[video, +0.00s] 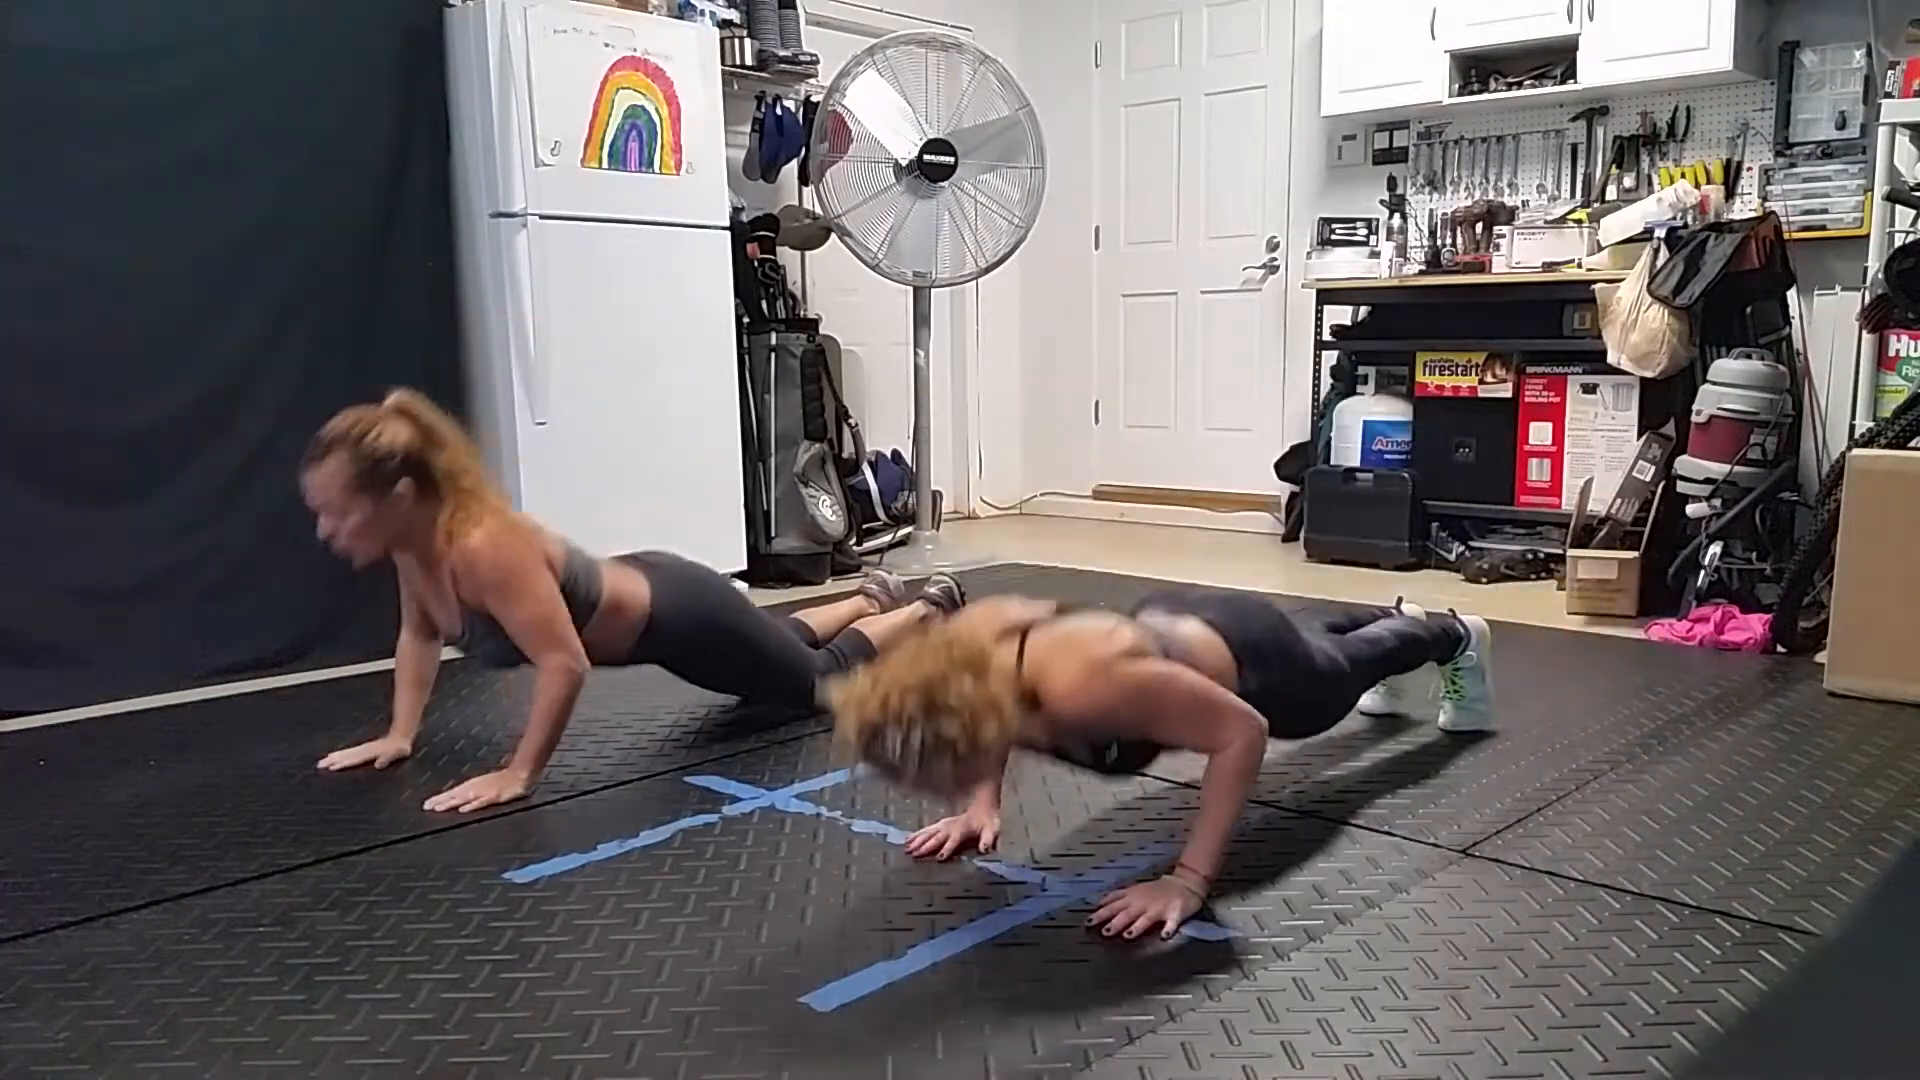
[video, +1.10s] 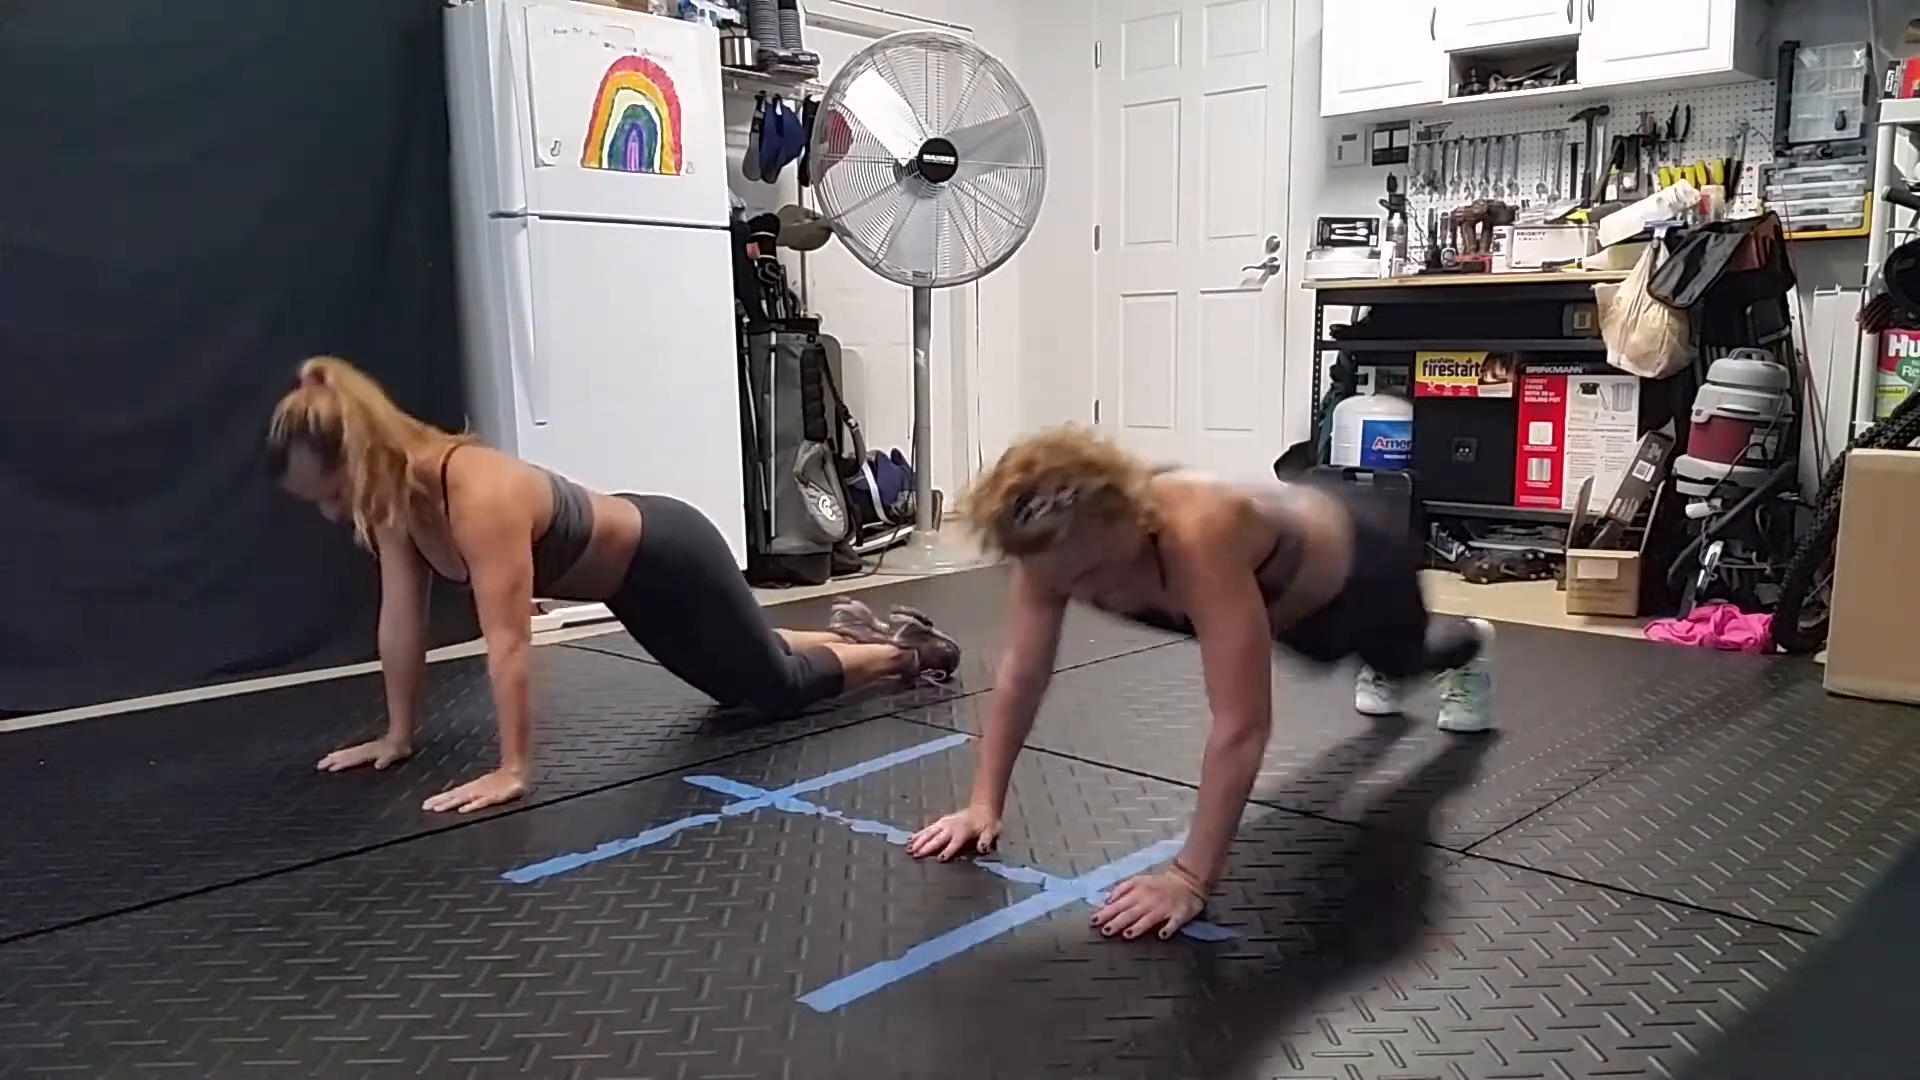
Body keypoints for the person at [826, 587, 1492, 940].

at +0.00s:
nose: (939, 791)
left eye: (939, 778)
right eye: (921, 785)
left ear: (964, 737)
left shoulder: (1087, 683)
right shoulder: (958, 637)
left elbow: (1243, 732)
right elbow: (976, 709)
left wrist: (1187, 880)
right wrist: (980, 801)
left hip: (1253, 656)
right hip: (1176, 616)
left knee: (1362, 651)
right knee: (1301, 622)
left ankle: (1451, 631)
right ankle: (1388, 617)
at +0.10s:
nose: (934, 854)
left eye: (941, 839)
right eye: (920, 844)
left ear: (971, 786)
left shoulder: (1076, 733)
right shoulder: (961, 673)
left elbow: (1246, 734)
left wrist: (1187, 881)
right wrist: (981, 793)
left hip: (1249, 675)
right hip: (1167, 644)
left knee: (1355, 661)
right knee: (1288, 626)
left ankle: (1437, 630)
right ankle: (1388, 616)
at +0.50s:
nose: (930, 812)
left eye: (932, 799)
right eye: (916, 806)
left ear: (958, 764)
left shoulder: (1077, 719)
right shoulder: (956, 659)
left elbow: (1247, 734)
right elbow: (963, 712)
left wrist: (1188, 880)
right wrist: (979, 796)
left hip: (1251, 662)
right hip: (1166, 627)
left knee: (1362, 655)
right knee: (1296, 620)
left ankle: (1446, 632)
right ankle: (1386, 613)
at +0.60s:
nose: (930, 738)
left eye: (929, 723)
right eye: (918, 729)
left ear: (963, 691)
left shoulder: (1085, 670)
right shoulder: (971, 649)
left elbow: (1245, 733)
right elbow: (977, 712)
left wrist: (1189, 880)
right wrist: (979, 803)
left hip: (1259, 650)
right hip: (1180, 617)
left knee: (1365, 655)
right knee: (1304, 622)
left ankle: (1443, 630)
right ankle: (1385, 615)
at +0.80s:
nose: (966, 667)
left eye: (970, 650)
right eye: (952, 658)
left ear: (1002, 610)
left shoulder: (1114, 594)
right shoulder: (985, 601)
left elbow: (1244, 730)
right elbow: (986, 685)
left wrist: (1187, 877)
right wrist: (980, 802)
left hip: (1263, 634)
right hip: (1192, 623)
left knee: (1355, 708)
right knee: (1303, 625)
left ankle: (1440, 631)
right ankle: (1382, 614)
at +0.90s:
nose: (995, 629)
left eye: (1005, 611)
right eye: (985, 613)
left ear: (1041, 575)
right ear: (983, 584)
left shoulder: (1145, 564)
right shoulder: (1004, 575)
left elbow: (1245, 728)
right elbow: (990, 681)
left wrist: (1190, 876)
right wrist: (980, 804)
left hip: (1279, 638)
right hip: (1197, 652)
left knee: (1360, 731)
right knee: (1306, 640)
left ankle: (1436, 632)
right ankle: (1380, 616)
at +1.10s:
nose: (1085, 595)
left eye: (1093, 574)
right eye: (1067, 581)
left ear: (1124, 528)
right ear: (1043, 559)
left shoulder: (1202, 531)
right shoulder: (1050, 548)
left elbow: (1242, 729)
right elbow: (1019, 679)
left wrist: (1189, 876)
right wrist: (983, 803)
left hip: (1358, 567)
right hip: (1277, 596)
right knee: (1340, 642)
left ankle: (1469, 639)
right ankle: (1383, 666)